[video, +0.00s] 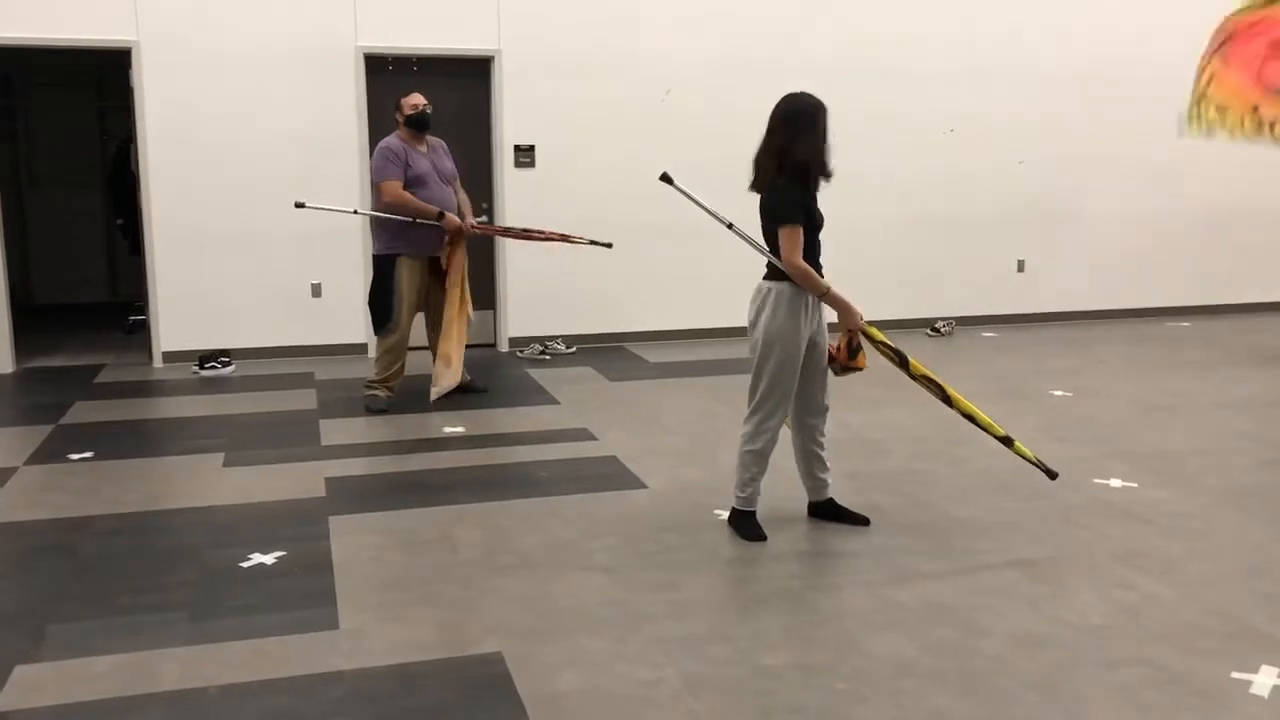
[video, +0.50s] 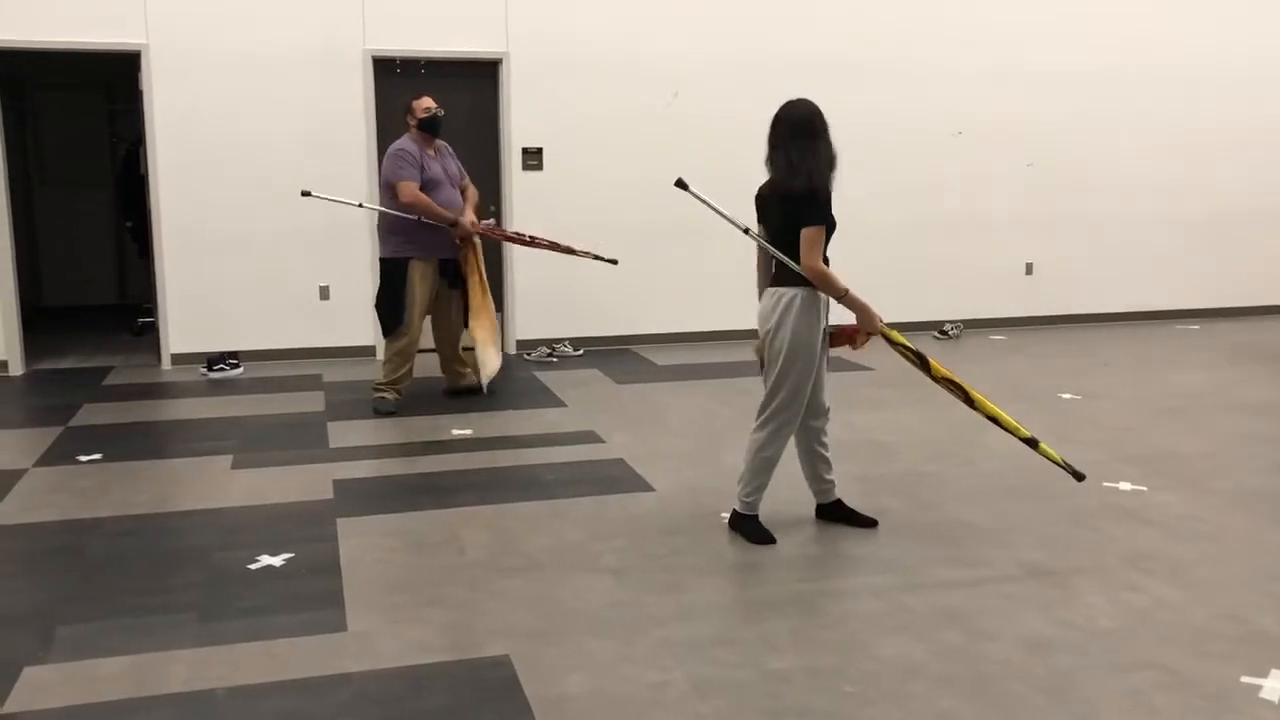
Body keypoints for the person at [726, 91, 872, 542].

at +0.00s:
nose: (825, 138)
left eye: (823, 129)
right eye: (821, 130)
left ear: (782, 130)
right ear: (810, 133)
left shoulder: (800, 181)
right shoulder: (786, 184)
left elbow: (800, 259)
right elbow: (791, 262)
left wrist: (832, 312)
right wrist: (843, 305)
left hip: (807, 302)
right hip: (782, 302)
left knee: (811, 408)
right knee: (768, 409)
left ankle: (820, 500)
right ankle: (743, 507)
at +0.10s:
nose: (826, 141)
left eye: (823, 133)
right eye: (822, 133)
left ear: (780, 134)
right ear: (814, 136)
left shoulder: (787, 182)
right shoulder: (797, 187)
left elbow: (797, 261)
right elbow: (798, 263)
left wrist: (819, 326)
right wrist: (848, 308)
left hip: (801, 304)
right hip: (786, 304)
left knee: (811, 410)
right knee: (774, 411)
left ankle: (821, 500)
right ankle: (745, 507)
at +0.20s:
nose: (828, 139)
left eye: (824, 131)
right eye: (824, 132)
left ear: (779, 136)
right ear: (817, 135)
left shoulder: (780, 181)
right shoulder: (806, 186)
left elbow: (793, 259)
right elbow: (802, 263)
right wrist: (853, 309)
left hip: (795, 302)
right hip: (789, 304)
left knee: (810, 409)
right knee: (779, 410)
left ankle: (823, 500)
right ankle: (745, 507)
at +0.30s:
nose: (830, 142)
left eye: (825, 134)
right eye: (826, 134)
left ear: (777, 140)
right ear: (819, 137)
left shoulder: (772, 189)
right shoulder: (810, 188)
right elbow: (806, 264)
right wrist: (856, 309)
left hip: (782, 303)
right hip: (794, 306)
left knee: (811, 410)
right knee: (780, 410)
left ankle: (825, 501)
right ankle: (743, 509)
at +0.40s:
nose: (829, 144)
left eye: (824, 135)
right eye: (825, 136)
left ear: (776, 143)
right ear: (820, 140)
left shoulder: (768, 192)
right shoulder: (812, 192)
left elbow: (770, 268)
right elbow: (810, 265)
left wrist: (820, 316)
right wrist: (859, 308)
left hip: (781, 303)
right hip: (797, 305)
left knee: (812, 409)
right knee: (781, 410)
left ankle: (826, 501)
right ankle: (744, 510)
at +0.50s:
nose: (829, 144)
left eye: (823, 135)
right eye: (825, 136)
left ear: (776, 142)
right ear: (820, 140)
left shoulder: (768, 192)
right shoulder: (812, 191)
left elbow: (766, 267)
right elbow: (811, 266)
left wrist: (771, 323)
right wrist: (860, 307)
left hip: (779, 303)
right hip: (797, 305)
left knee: (812, 409)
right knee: (782, 410)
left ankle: (827, 501)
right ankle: (745, 510)